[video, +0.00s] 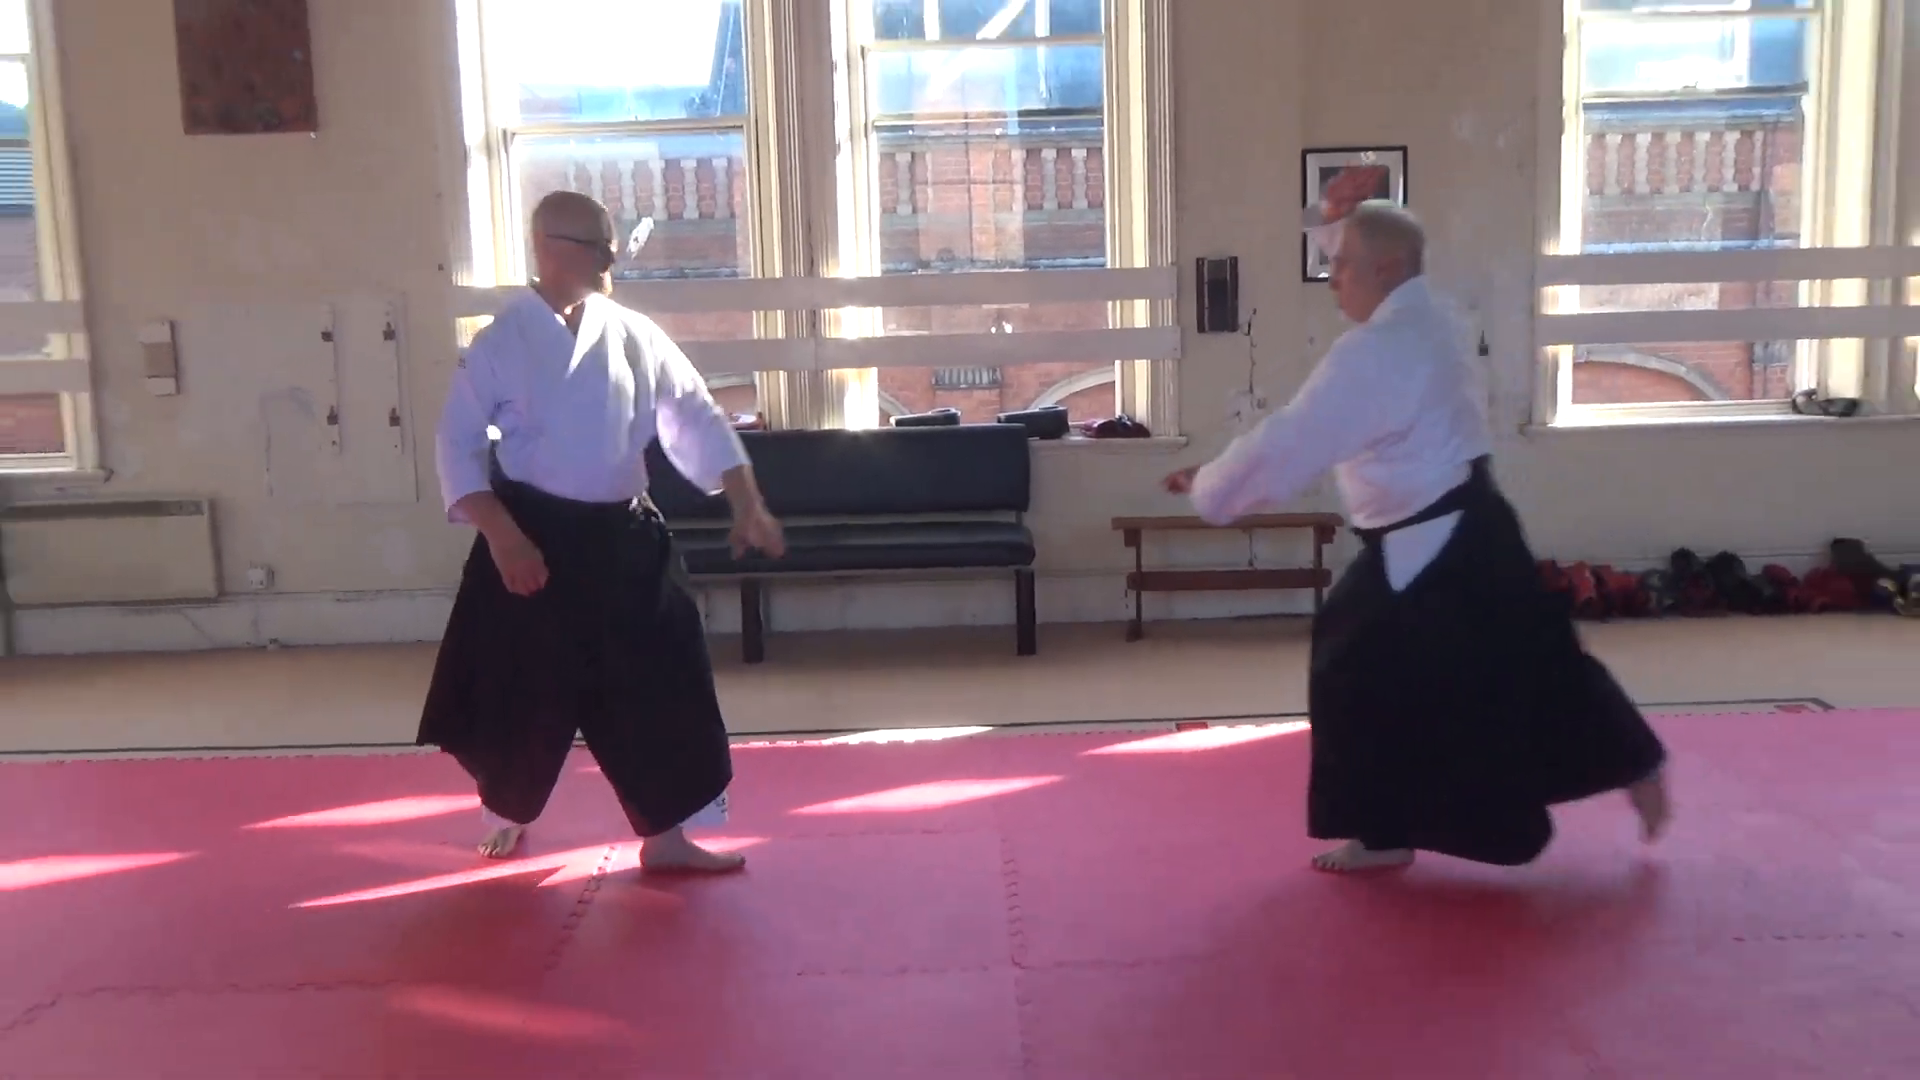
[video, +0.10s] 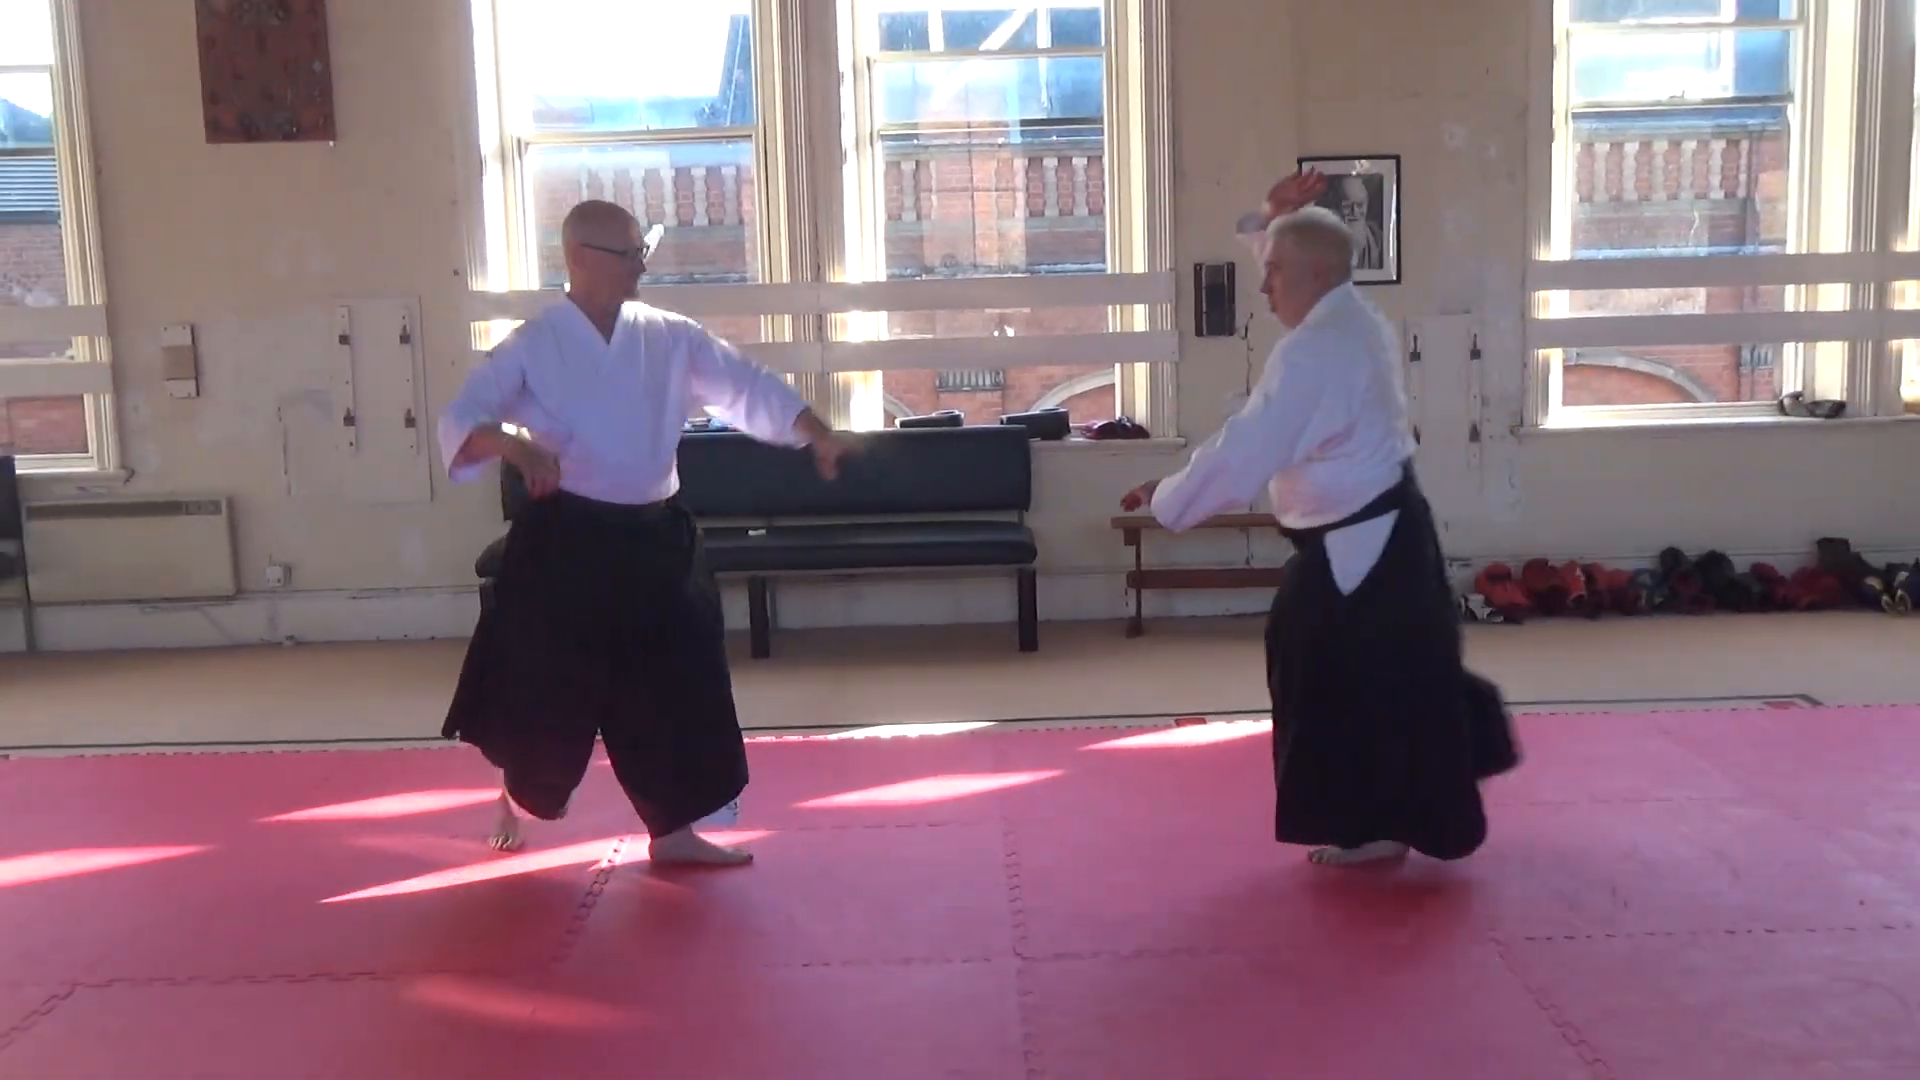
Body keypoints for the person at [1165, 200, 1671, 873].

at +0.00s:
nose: (1333, 279)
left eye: (1342, 267)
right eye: (1333, 266)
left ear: (1381, 270)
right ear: (1397, 270)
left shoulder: (1374, 351)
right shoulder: (1434, 315)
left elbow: (1293, 437)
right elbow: (1356, 271)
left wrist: (1210, 483)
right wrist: (1333, 221)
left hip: (1425, 542)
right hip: (1471, 522)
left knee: (1349, 671)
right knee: (1541, 658)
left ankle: (1382, 832)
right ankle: (1634, 761)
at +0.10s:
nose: (1265, 283)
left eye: (1274, 269)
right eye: (1265, 269)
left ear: (1311, 275)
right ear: (1329, 272)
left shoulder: (1318, 348)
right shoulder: (1352, 319)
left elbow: (1252, 442)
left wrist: (1167, 499)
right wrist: (1274, 221)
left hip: (1354, 538)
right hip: (1384, 521)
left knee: (1333, 674)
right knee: (1374, 672)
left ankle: (1372, 823)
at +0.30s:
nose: (1149, 281)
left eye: (1161, 269)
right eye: (1151, 269)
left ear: (1206, 276)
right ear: (1193, 275)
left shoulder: (1231, 350)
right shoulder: (1173, 342)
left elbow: (1208, 462)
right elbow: (1109, 313)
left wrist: (1118, 480)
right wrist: (1117, 226)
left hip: (1238, 553)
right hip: (1176, 548)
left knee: (1291, 691)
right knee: (1115, 666)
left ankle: (1367, 808)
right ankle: (1064, 787)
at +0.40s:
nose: (1085, 288)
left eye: (1103, 278)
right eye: (1088, 275)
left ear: (1150, 291)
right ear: (1095, 285)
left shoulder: (1183, 368)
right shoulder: (1077, 352)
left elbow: (1179, 467)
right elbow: (1003, 323)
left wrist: (1080, 477)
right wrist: (983, 235)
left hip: (1172, 566)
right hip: (1093, 561)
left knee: (1248, 691)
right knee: (1032, 686)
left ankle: (1350, 796)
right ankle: (977, 818)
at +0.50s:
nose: (1021, 283)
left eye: (1038, 273)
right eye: (1023, 270)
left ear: (1084, 290)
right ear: (1027, 284)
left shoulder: (1125, 366)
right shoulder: (999, 357)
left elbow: (1155, 466)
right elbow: (909, 332)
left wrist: (1070, 490)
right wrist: (842, 261)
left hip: (1109, 562)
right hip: (1030, 558)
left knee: (1155, 691)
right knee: (972, 677)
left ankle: (1255, 777)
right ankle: (959, 826)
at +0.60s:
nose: (987, 262)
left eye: (1003, 251)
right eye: (987, 252)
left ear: (1050, 265)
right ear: (993, 263)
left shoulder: (1096, 341)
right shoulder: (967, 336)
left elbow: (1145, 432)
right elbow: (877, 336)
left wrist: (1072, 467)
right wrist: (795, 295)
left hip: (1067, 533)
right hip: (994, 531)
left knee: (1083, 662)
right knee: (963, 665)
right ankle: (970, 817)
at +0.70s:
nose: (979, 238)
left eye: (997, 228)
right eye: (978, 227)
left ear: (1040, 244)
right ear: (973, 239)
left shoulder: (1086, 316)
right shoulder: (951, 313)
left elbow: (1128, 402)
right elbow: (866, 337)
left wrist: (1064, 425)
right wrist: (790, 310)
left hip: (1049, 509)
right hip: (969, 506)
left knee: (1052, 653)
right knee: (948, 648)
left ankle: (1064, 782)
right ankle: (964, 787)